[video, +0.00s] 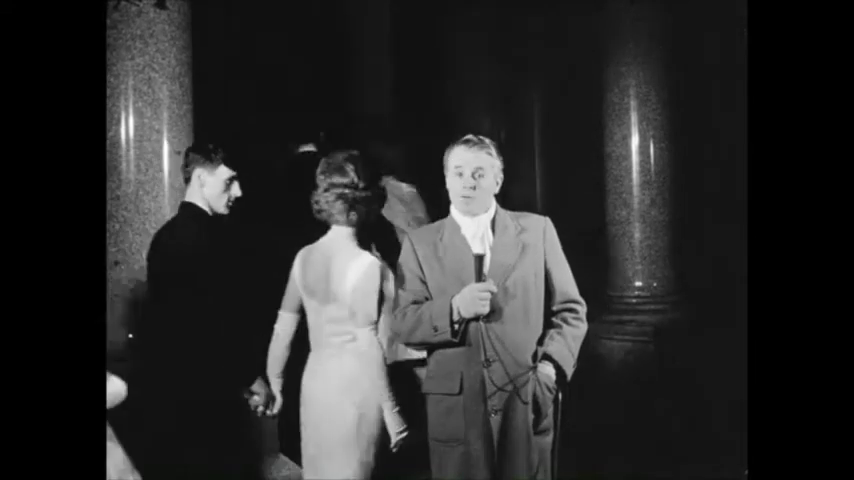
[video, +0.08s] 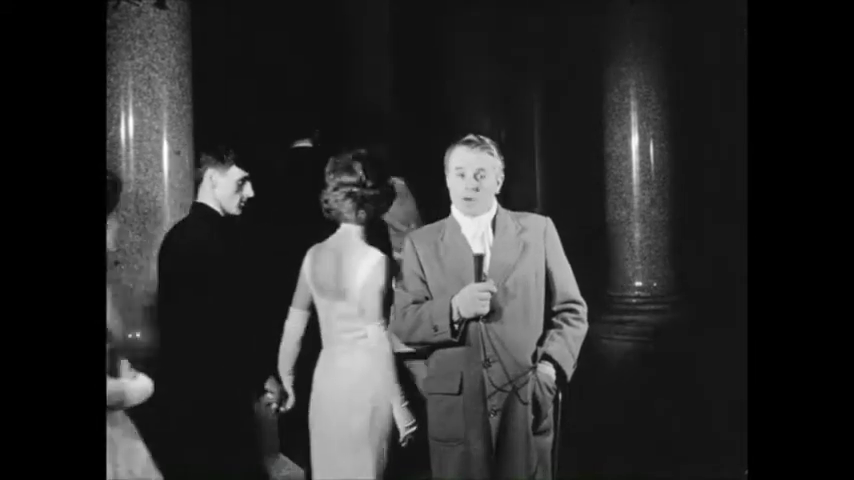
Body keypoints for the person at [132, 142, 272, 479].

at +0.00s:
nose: (238, 192)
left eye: (237, 182)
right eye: (229, 181)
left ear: (200, 179)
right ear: (199, 178)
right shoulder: (186, 239)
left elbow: (221, 320)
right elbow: (202, 326)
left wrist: (251, 377)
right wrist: (249, 379)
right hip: (197, 393)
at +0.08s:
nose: (250, 193)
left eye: (250, 182)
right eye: (241, 182)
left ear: (213, 180)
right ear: (212, 178)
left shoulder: (183, 235)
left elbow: (234, 319)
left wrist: (263, 375)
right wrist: (262, 377)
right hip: (210, 393)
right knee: (233, 469)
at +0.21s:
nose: (271, 195)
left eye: (270, 185)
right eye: (263, 184)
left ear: (234, 181)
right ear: (234, 180)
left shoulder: (197, 236)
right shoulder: (243, 238)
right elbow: (253, 318)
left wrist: (285, 375)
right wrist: (285, 375)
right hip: (238, 384)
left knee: (219, 469)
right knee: (251, 467)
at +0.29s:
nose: (284, 196)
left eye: (285, 186)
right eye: (278, 184)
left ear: (249, 178)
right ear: (252, 176)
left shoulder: (211, 223)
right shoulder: (262, 234)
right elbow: (278, 315)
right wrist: (301, 373)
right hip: (257, 372)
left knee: (226, 463)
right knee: (262, 462)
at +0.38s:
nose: (292, 195)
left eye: (295, 187)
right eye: (292, 184)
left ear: (264, 173)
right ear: (273, 175)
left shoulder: (219, 219)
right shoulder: (276, 229)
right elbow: (292, 307)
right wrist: (314, 370)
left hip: (229, 360)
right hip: (271, 362)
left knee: (238, 456)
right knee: (274, 458)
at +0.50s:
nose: (308, 198)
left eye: (311, 189)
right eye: (309, 187)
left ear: (272, 171)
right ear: (297, 179)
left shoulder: (231, 221)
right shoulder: (287, 235)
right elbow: (301, 312)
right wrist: (314, 363)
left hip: (240, 365)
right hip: (284, 367)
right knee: (290, 460)